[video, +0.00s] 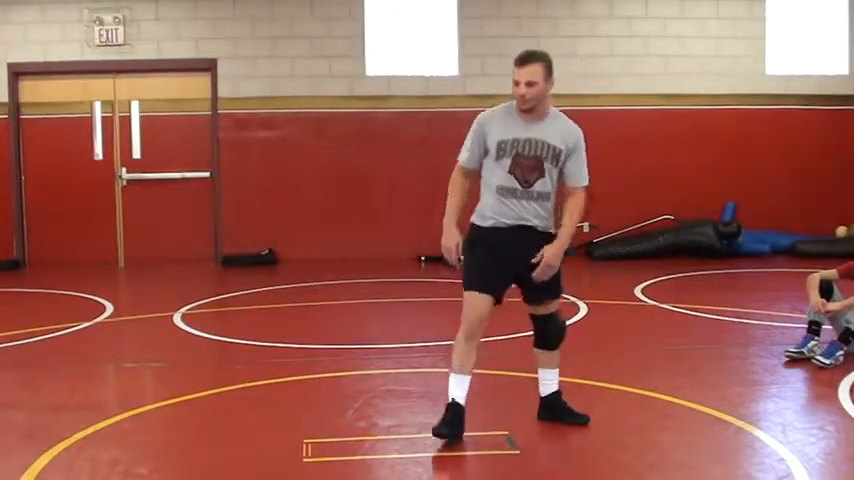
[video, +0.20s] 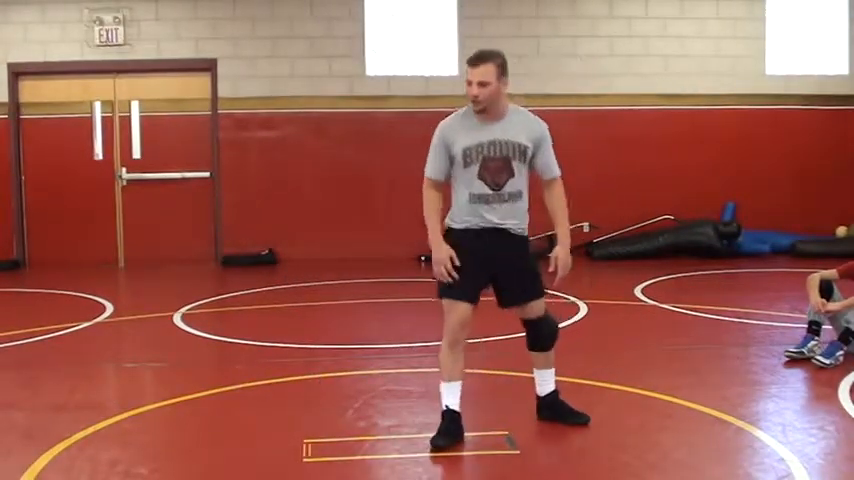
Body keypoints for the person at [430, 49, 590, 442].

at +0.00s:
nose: (522, 91)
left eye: (531, 84)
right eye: (518, 83)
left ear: (549, 86)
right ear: (511, 83)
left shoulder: (569, 134)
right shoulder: (487, 122)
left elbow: (576, 194)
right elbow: (462, 173)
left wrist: (560, 245)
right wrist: (450, 225)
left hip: (540, 237)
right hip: (488, 234)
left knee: (548, 323)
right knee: (472, 321)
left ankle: (550, 399)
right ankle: (455, 408)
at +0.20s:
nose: (474, 91)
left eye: (482, 84)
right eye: (469, 84)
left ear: (504, 85)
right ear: (465, 84)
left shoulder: (532, 127)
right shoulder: (450, 129)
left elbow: (552, 183)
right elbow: (433, 186)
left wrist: (562, 240)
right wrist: (436, 242)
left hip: (513, 240)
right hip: (463, 239)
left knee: (540, 323)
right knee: (455, 329)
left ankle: (547, 400)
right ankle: (450, 418)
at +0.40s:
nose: (437, 85)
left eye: (445, 78)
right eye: (435, 78)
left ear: (469, 80)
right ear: (435, 80)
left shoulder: (505, 119)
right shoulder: (422, 130)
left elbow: (526, 174)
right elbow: (413, 190)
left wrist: (540, 228)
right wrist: (438, 243)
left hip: (496, 234)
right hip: (447, 238)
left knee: (531, 324)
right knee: (448, 327)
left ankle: (528, 395)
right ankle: (449, 418)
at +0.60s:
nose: (415, 83)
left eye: (423, 75)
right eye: (414, 76)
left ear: (448, 78)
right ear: (419, 80)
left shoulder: (488, 118)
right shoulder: (405, 131)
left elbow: (511, 174)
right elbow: (402, 195)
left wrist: (524, 228)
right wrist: (423, 247)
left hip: (483, 234)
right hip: (435, 239)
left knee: (515, 323)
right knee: (440, 326)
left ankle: (518, 393)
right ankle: (448, 417)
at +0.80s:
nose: (407, 82)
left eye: (414, 74)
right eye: (404, 75)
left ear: (439, 76)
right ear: (404, 78)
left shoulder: (478, 118)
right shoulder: (396, 131)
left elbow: (501, 176)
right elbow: (386, 193)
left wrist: (513, 230)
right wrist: (391, 248)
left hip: (474, 234)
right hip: (424, 238)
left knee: (506, 329)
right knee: (438, 329)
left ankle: (477, 383)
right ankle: (447, 417)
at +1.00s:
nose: (403, 84)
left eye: (410, 75)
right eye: (399, 77)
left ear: (434, 76)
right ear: (397, 82)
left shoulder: (470, 119)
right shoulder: (389, 133)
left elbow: (487, 179)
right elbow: (374, 191)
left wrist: (488, 233)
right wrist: (366, 251)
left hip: (464, 234)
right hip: (417, 239)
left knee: (482, 335)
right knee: (433, 330)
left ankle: (422, 375)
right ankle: (447, 418)